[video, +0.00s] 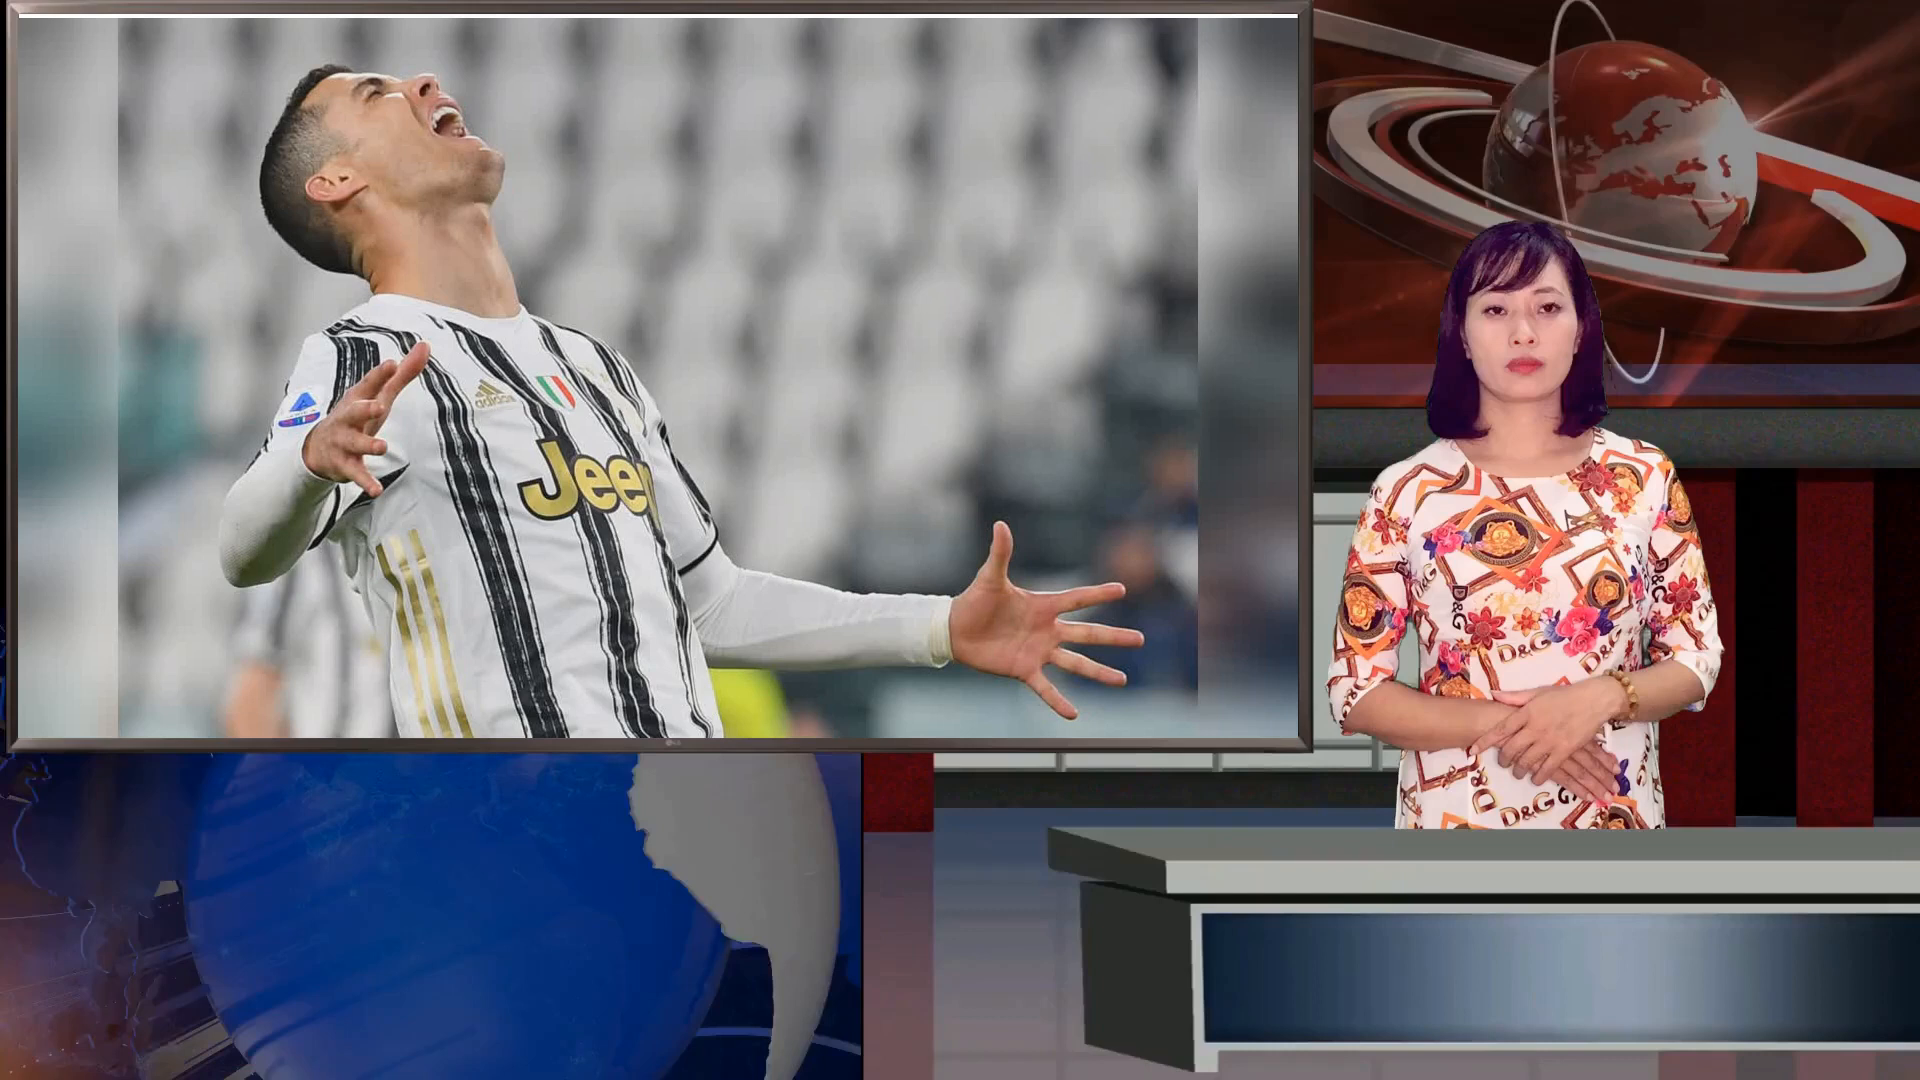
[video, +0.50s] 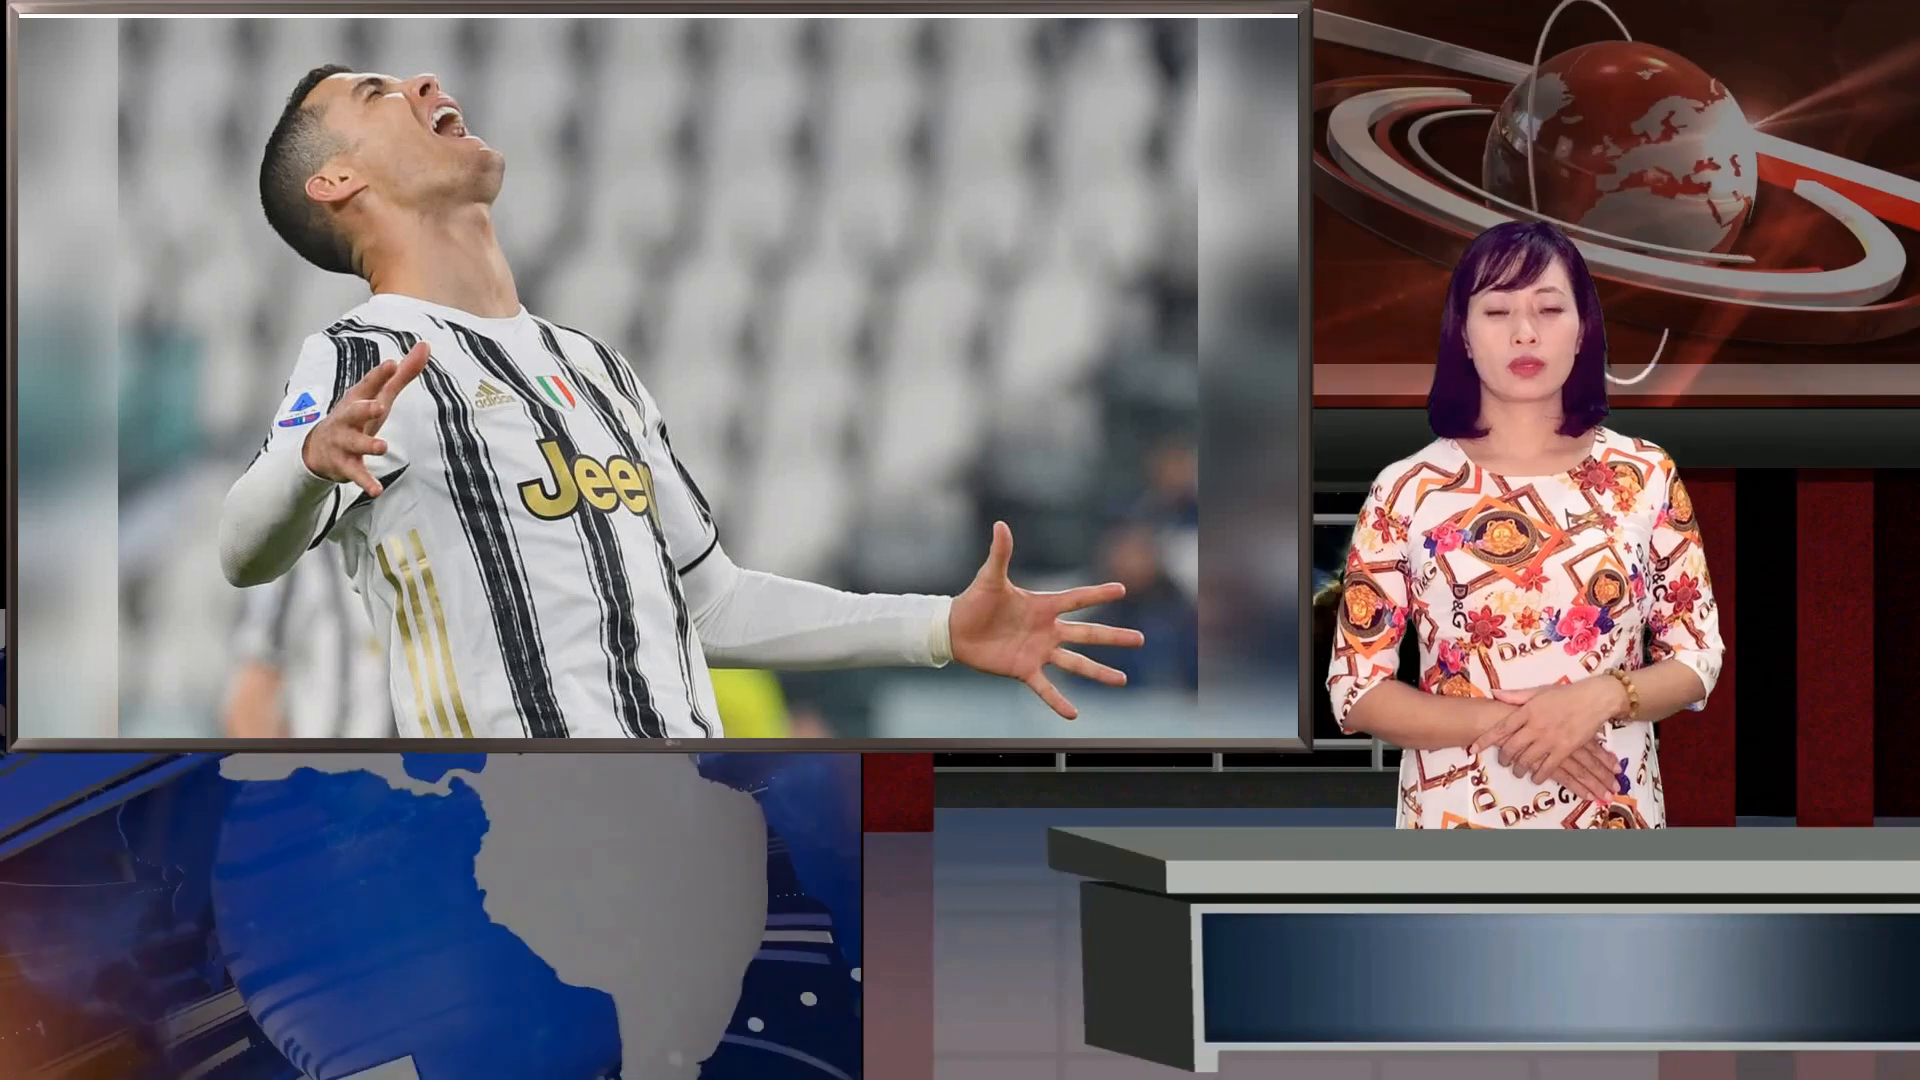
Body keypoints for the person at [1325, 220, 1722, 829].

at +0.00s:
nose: (1523, 331)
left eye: (1548, 308)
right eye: (1496, 310)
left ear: (1581, 328)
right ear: (1460, 331)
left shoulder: (1643, 478)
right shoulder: (1405, 493)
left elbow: (1696, 659)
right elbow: (1354, 690)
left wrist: (1601, 697)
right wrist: (1515, 728)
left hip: (1612, 829)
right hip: (1457, 829)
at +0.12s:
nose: (1523, 331)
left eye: (1548, 308)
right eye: (1496, 310)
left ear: (1581, 328)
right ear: (1460, 331)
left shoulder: (1643, 478)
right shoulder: (1405, 493)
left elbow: (1696, 658)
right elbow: (1354, 690)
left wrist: (1601, 697)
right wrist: (1515, 728)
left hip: (1612, 828)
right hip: (1457, 829)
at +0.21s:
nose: (1524, 331)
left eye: (1549, 308)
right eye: (1497, 310)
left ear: (1581, 328)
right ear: (1461, 331)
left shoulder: (1643, 478)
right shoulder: (1405, 493)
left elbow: (1696, 658)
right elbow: (1354, 690)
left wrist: (1601, 697)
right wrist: (1515, 728)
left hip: (1612, 828)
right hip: (1457, 829)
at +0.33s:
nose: (1524, 332)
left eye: (1549, 310)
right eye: (1497, 311)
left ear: (1582, 328)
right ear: (1462, 332)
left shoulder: (1643, 477)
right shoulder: (1405, 491)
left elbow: (1696, 659)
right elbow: (1355, 690)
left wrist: (1601, 696)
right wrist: (1514, 727)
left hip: (1611, 827)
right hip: (1456, 827)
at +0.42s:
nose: (1524, 332)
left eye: (1549, 310)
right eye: (1498, 312)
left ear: (1582, 329)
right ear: (1462, 331)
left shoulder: (1643, 477)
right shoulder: (1405, 491)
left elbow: (1696, 659)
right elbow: (1355, 690)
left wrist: (1602, 696)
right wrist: (1514, 727)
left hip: (1611, 828)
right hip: (1457, 828)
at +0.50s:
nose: (1524, 331)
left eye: (1549, 309)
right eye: (1497, 311)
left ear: (1583, 328)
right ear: (1463, 332)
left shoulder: (1644, 477)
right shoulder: (1406, 491)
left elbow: (1697, 658)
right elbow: (1355, 690)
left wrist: (1601, 696)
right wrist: (1514, 727)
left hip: (1612, 827)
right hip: (1458, 828)